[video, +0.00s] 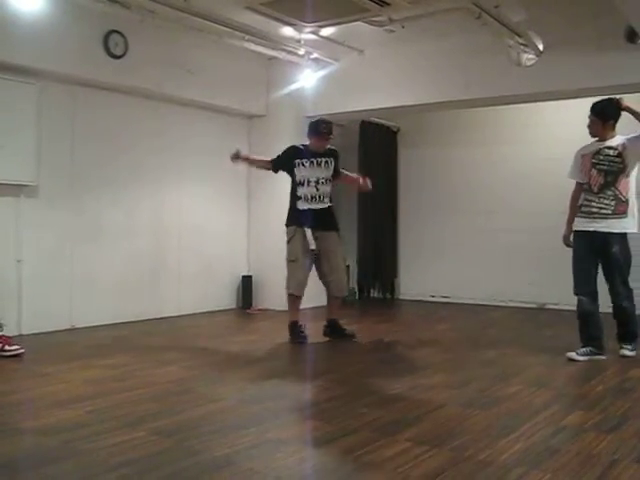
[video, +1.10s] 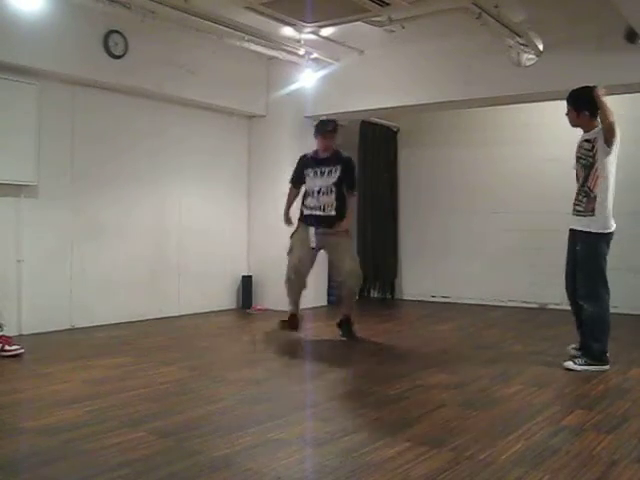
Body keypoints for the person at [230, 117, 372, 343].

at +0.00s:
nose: (326, 143)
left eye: (328, 139)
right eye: (322, 139)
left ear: (329, 138)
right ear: (312, 137)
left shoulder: (331, 155)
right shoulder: (294, 153)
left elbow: (336, 174)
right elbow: (271, 165)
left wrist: (357, 180)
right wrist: (244, 158)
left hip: (325, 222)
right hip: (299, 222)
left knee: (336, 273)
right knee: (297, 272)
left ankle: (332, 323)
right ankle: (294, 325)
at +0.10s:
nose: (321, 147)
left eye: (324, 143)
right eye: (317, 142)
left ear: (328, 144)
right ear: (308, 141)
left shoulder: (333, 164)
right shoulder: (294, 158)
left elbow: (343, 185)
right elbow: (272, 165)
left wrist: (356, 178)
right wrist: (259, 155)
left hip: (323, 228)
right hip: (298, 227)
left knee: (341, 272)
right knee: (298, 275)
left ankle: (334, 323)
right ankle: (296, 325)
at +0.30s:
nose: (332, 155)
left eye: (332, 150)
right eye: (329, 150)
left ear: (321, 151)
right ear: (316, 149)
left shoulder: (325, 170)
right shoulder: (304, 168)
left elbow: (342, 186)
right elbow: (317, 182)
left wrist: (323, 174)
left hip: (328, 231)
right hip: (306, 231)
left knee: (344, 273)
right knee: (307, 278)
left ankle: (335, 323)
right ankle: (297, 326)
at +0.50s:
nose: (332, 153)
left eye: (333, 149)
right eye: (329, 148)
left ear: (323, 149)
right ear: (316, 147)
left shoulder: (326, 168)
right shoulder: (303, 169)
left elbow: (341, 190)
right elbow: (309, 201)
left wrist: (333, 179)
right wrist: (336, 207)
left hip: (330, 233)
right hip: (310, 235)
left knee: (352, 278)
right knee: (315, 286)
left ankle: (337, 322)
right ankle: (295, 325)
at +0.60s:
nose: (332, 153)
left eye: (333, 149)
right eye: (329, 148)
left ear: (329, 150)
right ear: (316, 148)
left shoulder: (329, 170)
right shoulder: (297, 165)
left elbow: (330, 192)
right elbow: (278, 188)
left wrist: (338, 184)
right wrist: (301, 192)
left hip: (329, 234)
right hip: (307, 235)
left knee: (352, 278)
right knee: (317, 284)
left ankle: (337, 323)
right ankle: (291, 326)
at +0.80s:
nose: (315, 165)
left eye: (320, 161)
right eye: (312, 160)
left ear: (324, 162)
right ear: (304, 158)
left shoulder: (331, 186)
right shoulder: (288, 185)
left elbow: (353, 206)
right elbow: (284, 214)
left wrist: (336, 223)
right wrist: (285, 237)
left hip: (328, 245)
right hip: (300, 245)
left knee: (345, 280)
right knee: (288, 283)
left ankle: (336, 323)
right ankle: (284, 326)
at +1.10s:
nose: (327, 142)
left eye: (330, 137)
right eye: (323, 137)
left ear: (336, 138)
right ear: (316, 138)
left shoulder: (345, 163)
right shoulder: (305, 161)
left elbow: (351, 194)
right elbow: (295, 187)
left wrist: (347, 220)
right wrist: (287, 210)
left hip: (336, 228)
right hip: (307, 228)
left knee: (351, 272)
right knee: (295, 269)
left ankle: (346, 319)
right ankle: (293, 315)